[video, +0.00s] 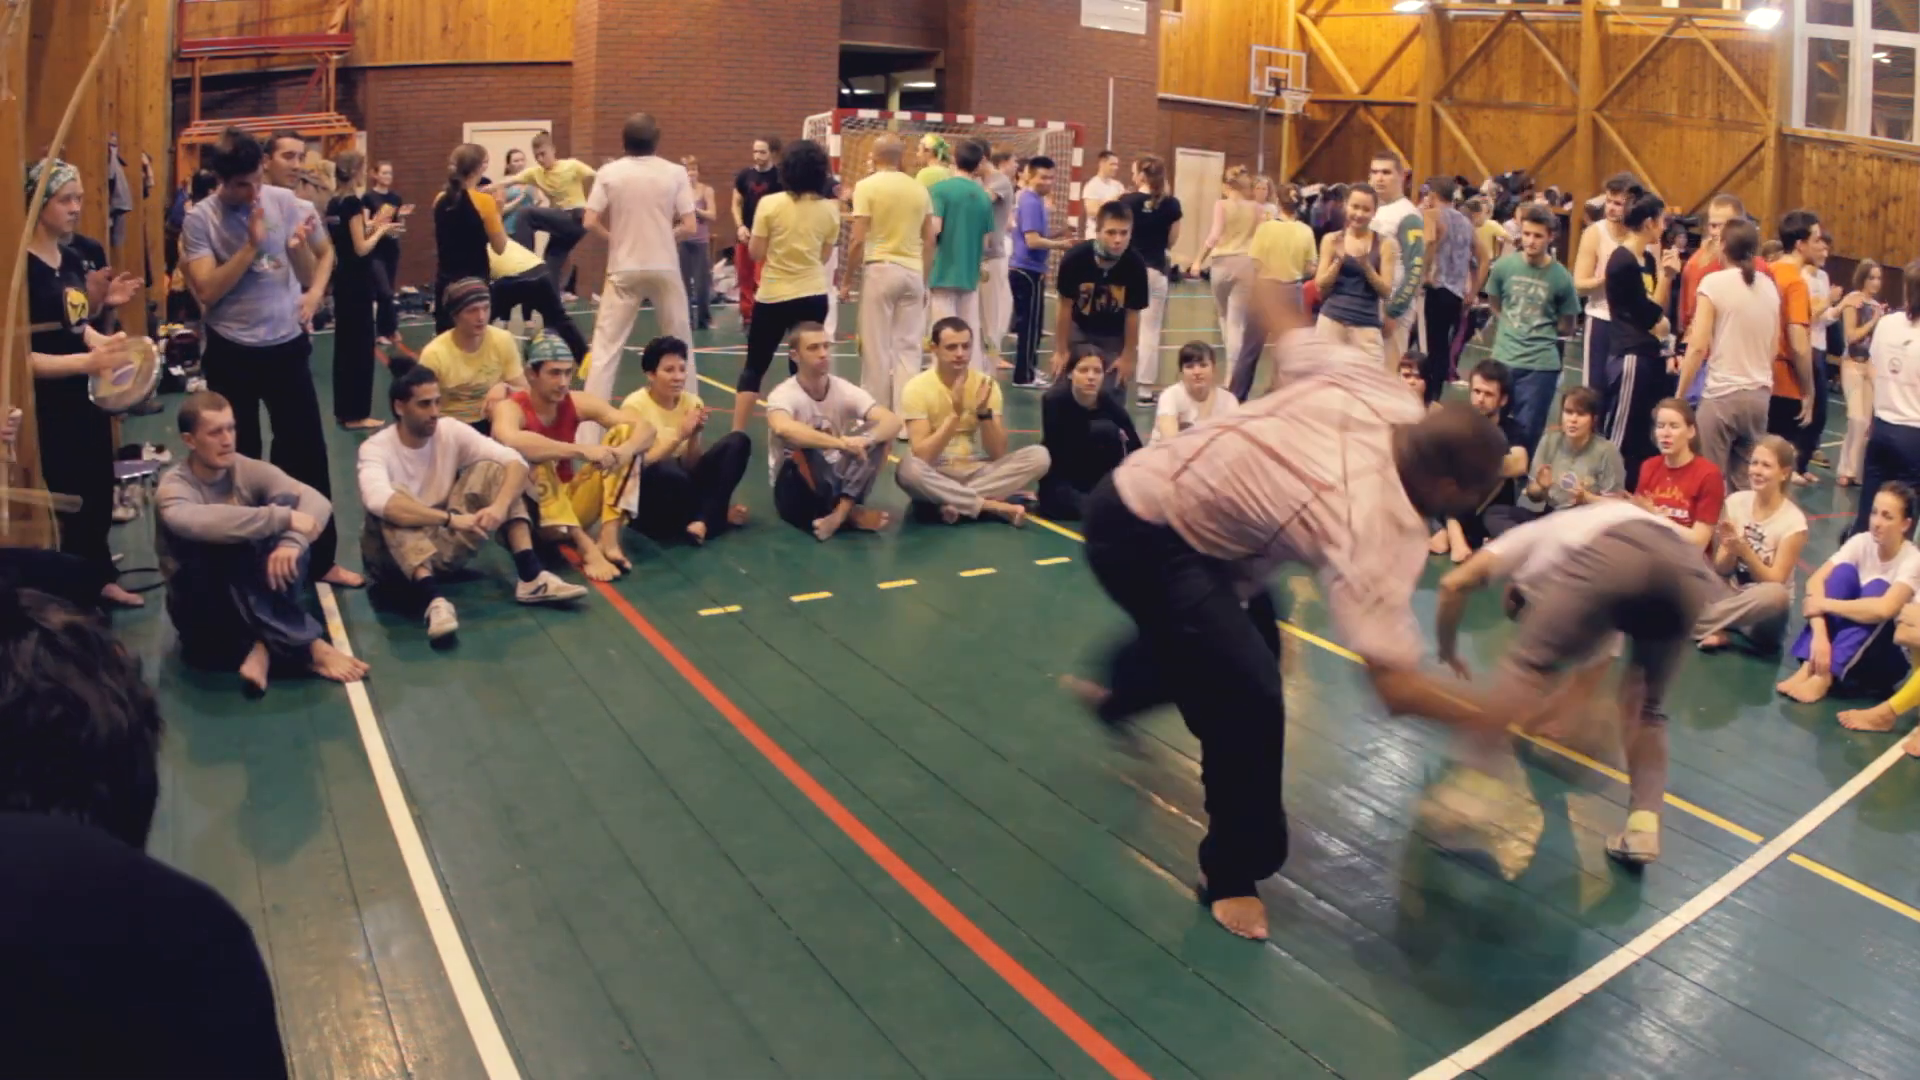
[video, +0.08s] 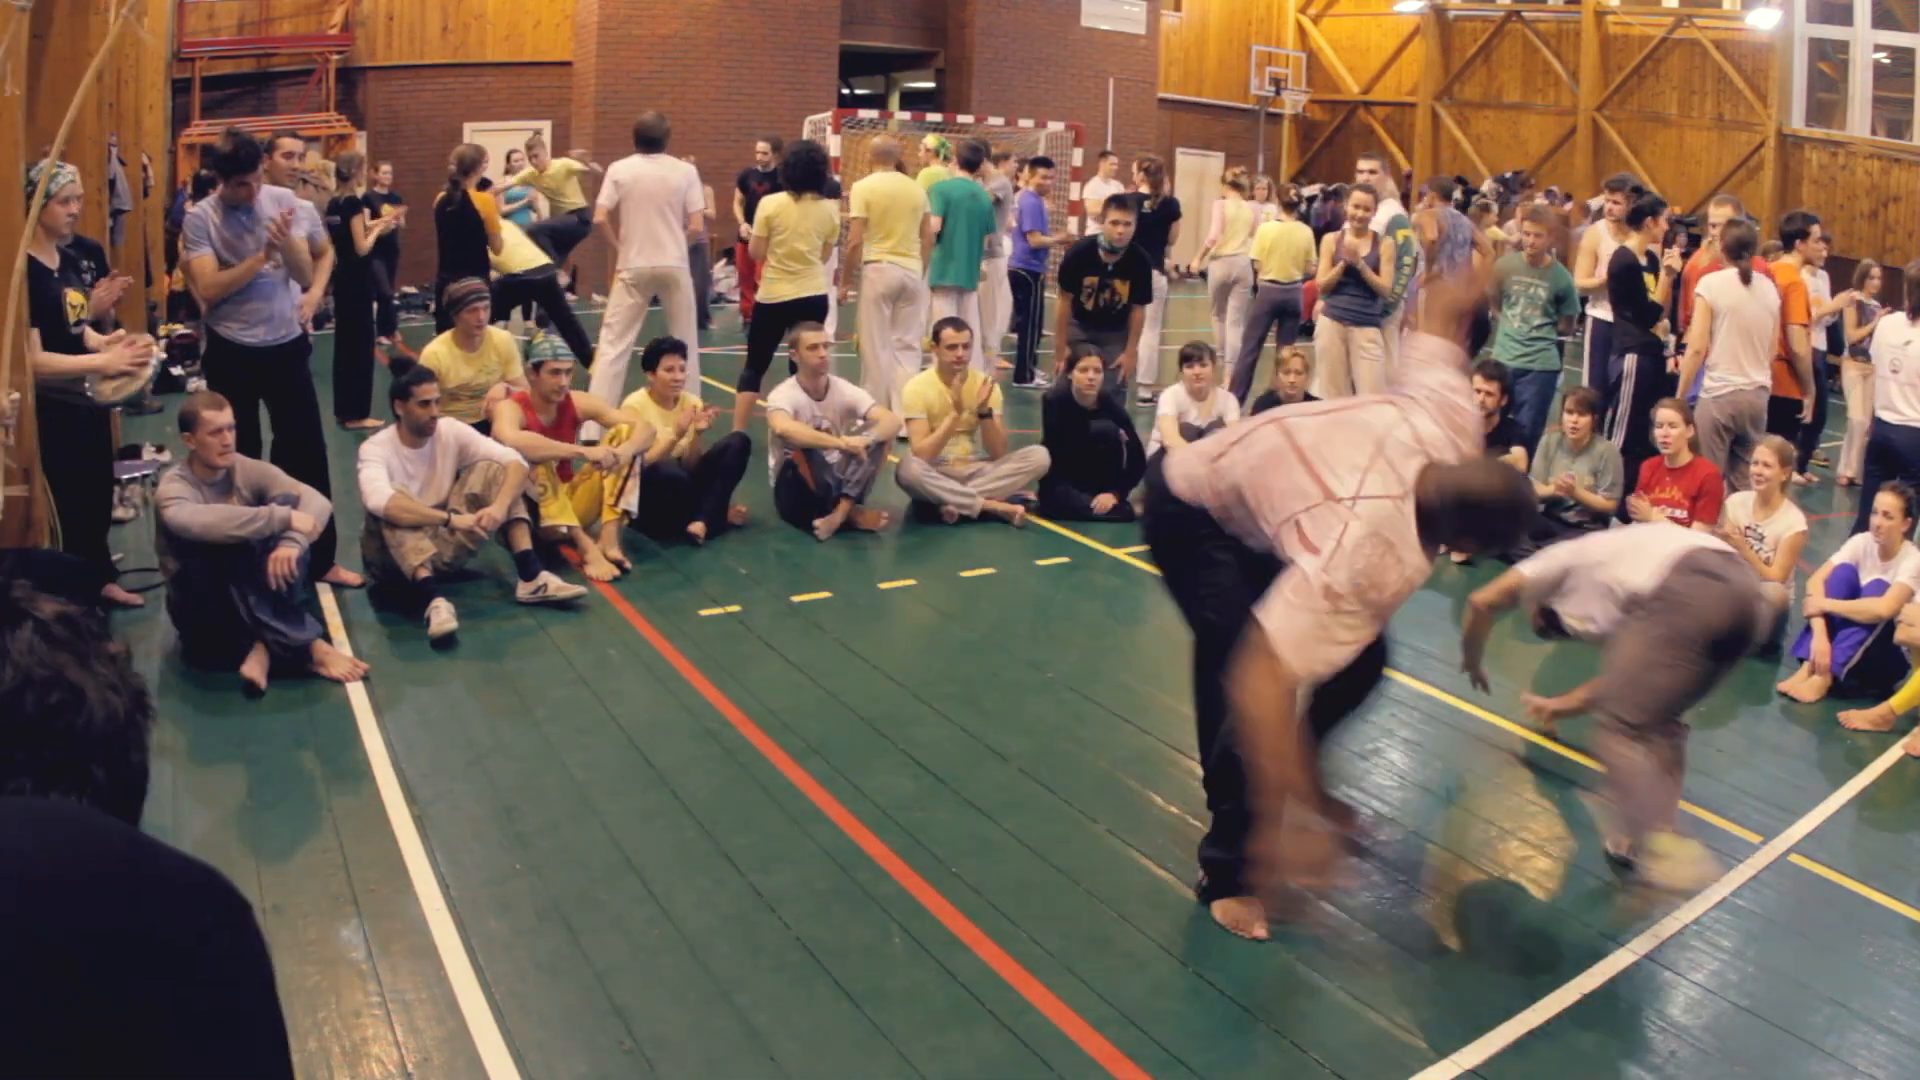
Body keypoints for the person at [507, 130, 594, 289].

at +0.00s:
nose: (540, 159)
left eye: (543, 154)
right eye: (537, 156)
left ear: (553, 150)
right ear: (534, 156)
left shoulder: (572, 166)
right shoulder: (536, 173)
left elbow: (598, 178)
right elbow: (511, 181)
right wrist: (488, 189)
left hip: (576, 216)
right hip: (561, 219)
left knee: (527, 215)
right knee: (552, 262)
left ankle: (523, 263)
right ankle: (550, 304)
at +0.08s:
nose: (533, 161)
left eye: (536, 156)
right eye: (530, 158)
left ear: (546, 153)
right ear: (527, 158)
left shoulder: (564, 164)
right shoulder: (531, 174)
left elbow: (599, 173)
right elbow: (507, 185)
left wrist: (588, 161)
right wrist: (485, 194)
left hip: (579, 215)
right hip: (562, 219)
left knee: (536, 230)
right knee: (552, 261)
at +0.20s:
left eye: (494, 194)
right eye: (522, 180)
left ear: (499, 193)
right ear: (519, 187)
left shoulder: (502, 216)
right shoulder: (544, 205)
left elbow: (500, 251)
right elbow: (575, 228)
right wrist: (587, 236)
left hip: (525, 277)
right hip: (557, 275)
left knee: (497, 321)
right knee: (576, 319)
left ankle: (494, 368)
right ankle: (596, 364)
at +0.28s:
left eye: (521, 181)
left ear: (526, 181)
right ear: (547, 178)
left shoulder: (522, 208)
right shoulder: (568, 199)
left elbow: (514, 247)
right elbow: (598, 216)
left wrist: (501, 277)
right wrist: (625, 218)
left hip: (534, 274)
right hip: (566, 274)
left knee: (501, 313)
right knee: (584, 317)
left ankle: (486, 361)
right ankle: (598, 364)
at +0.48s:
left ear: (566, 177)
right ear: (588, 176)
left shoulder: (557, 204)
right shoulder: (602, 200)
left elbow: (545, 242)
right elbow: (628, 210)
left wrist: (531, 273)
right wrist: (644, 206)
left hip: (558, 269)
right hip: (587, 271)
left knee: (522, 265)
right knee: (594, 317)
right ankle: (599, 364)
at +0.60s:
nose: (567, 180)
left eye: (569, 177)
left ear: (573, 179)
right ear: (595, 179)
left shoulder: (561, 204)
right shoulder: (608, 203)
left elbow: (550, 244)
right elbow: (633, 207)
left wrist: (535, 272)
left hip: (565, 265)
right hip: (594, 268)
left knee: (550, 298)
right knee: (604, 315)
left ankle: (544, 346)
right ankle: (597, 362)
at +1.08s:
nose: (607, 174)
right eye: (607, 170)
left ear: (582, 168)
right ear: (604, 171)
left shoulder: (561, 190)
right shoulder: (599, 196)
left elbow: (535, 215)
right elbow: (619, 227)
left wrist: (516, 235)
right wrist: (634, 242)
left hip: (572, 258)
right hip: (593, 260)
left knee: (610, 301)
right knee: (611, 306)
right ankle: (596, 361)